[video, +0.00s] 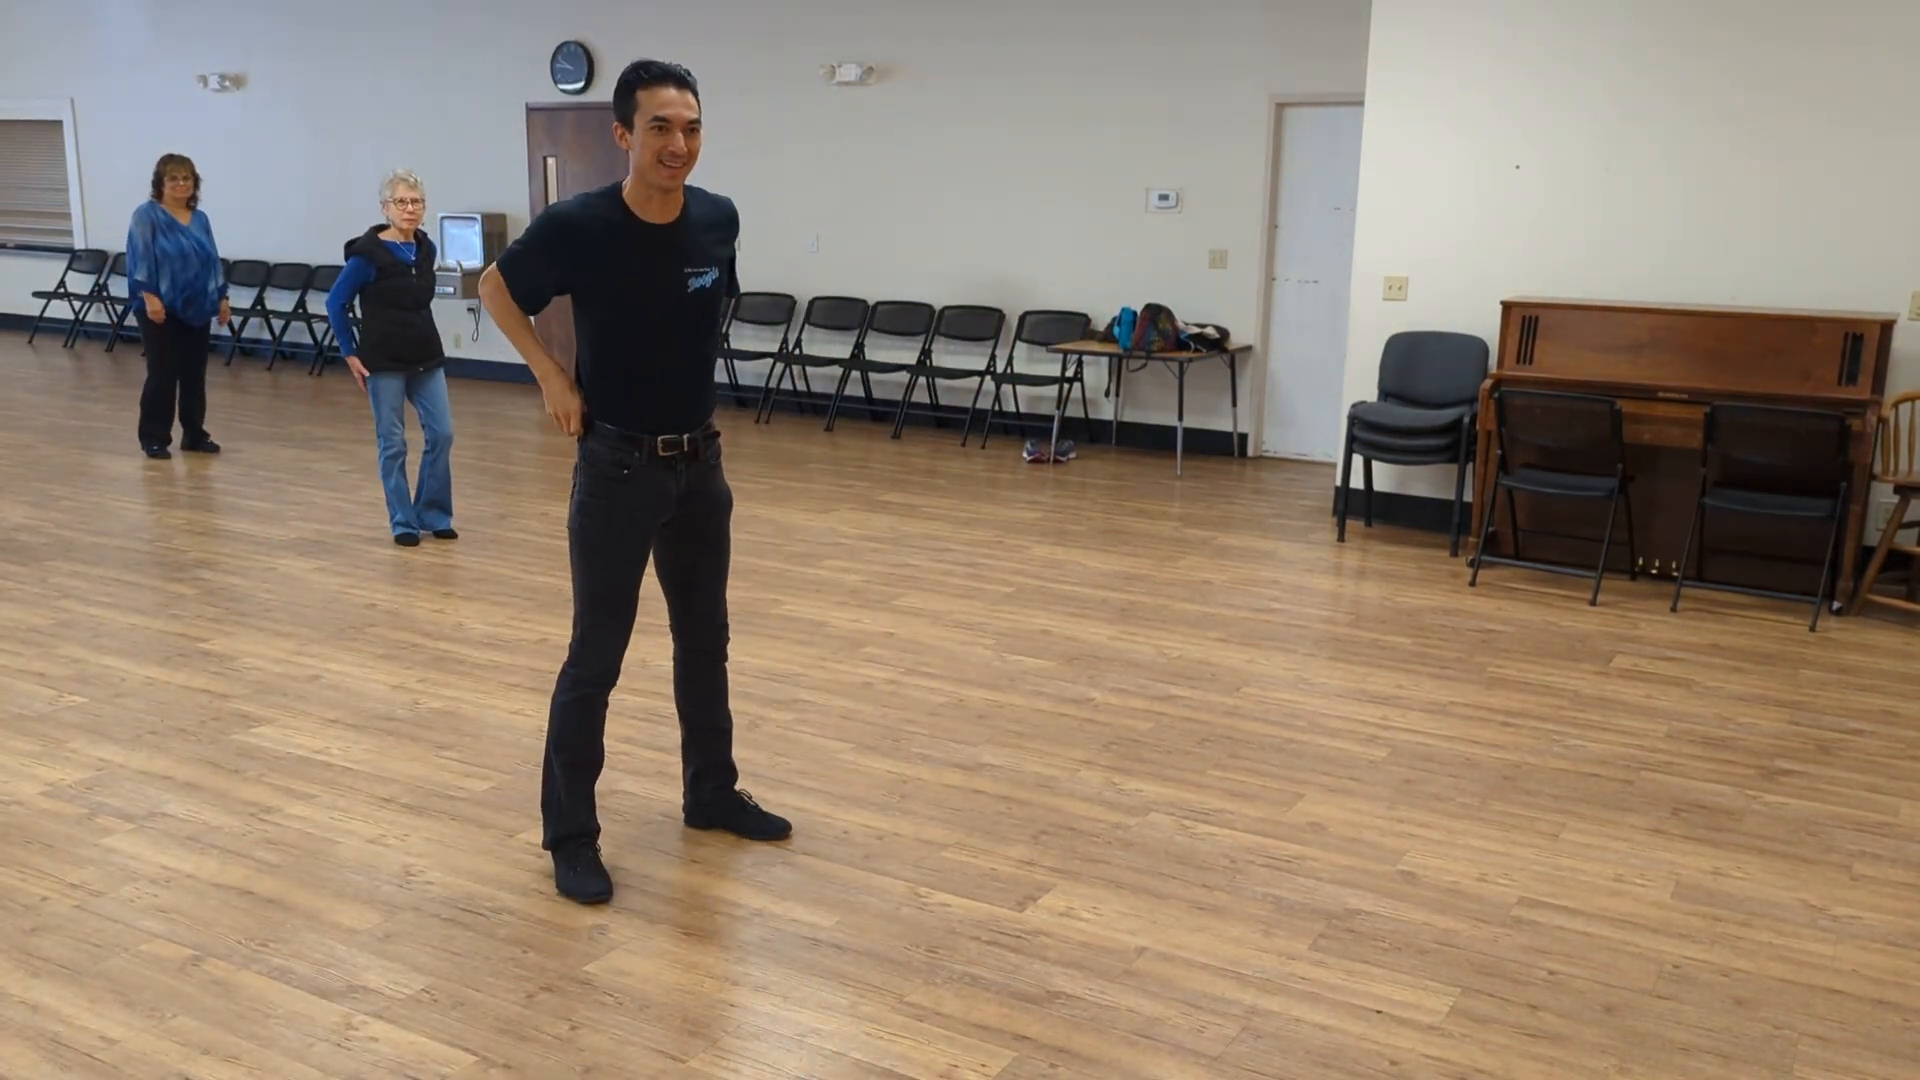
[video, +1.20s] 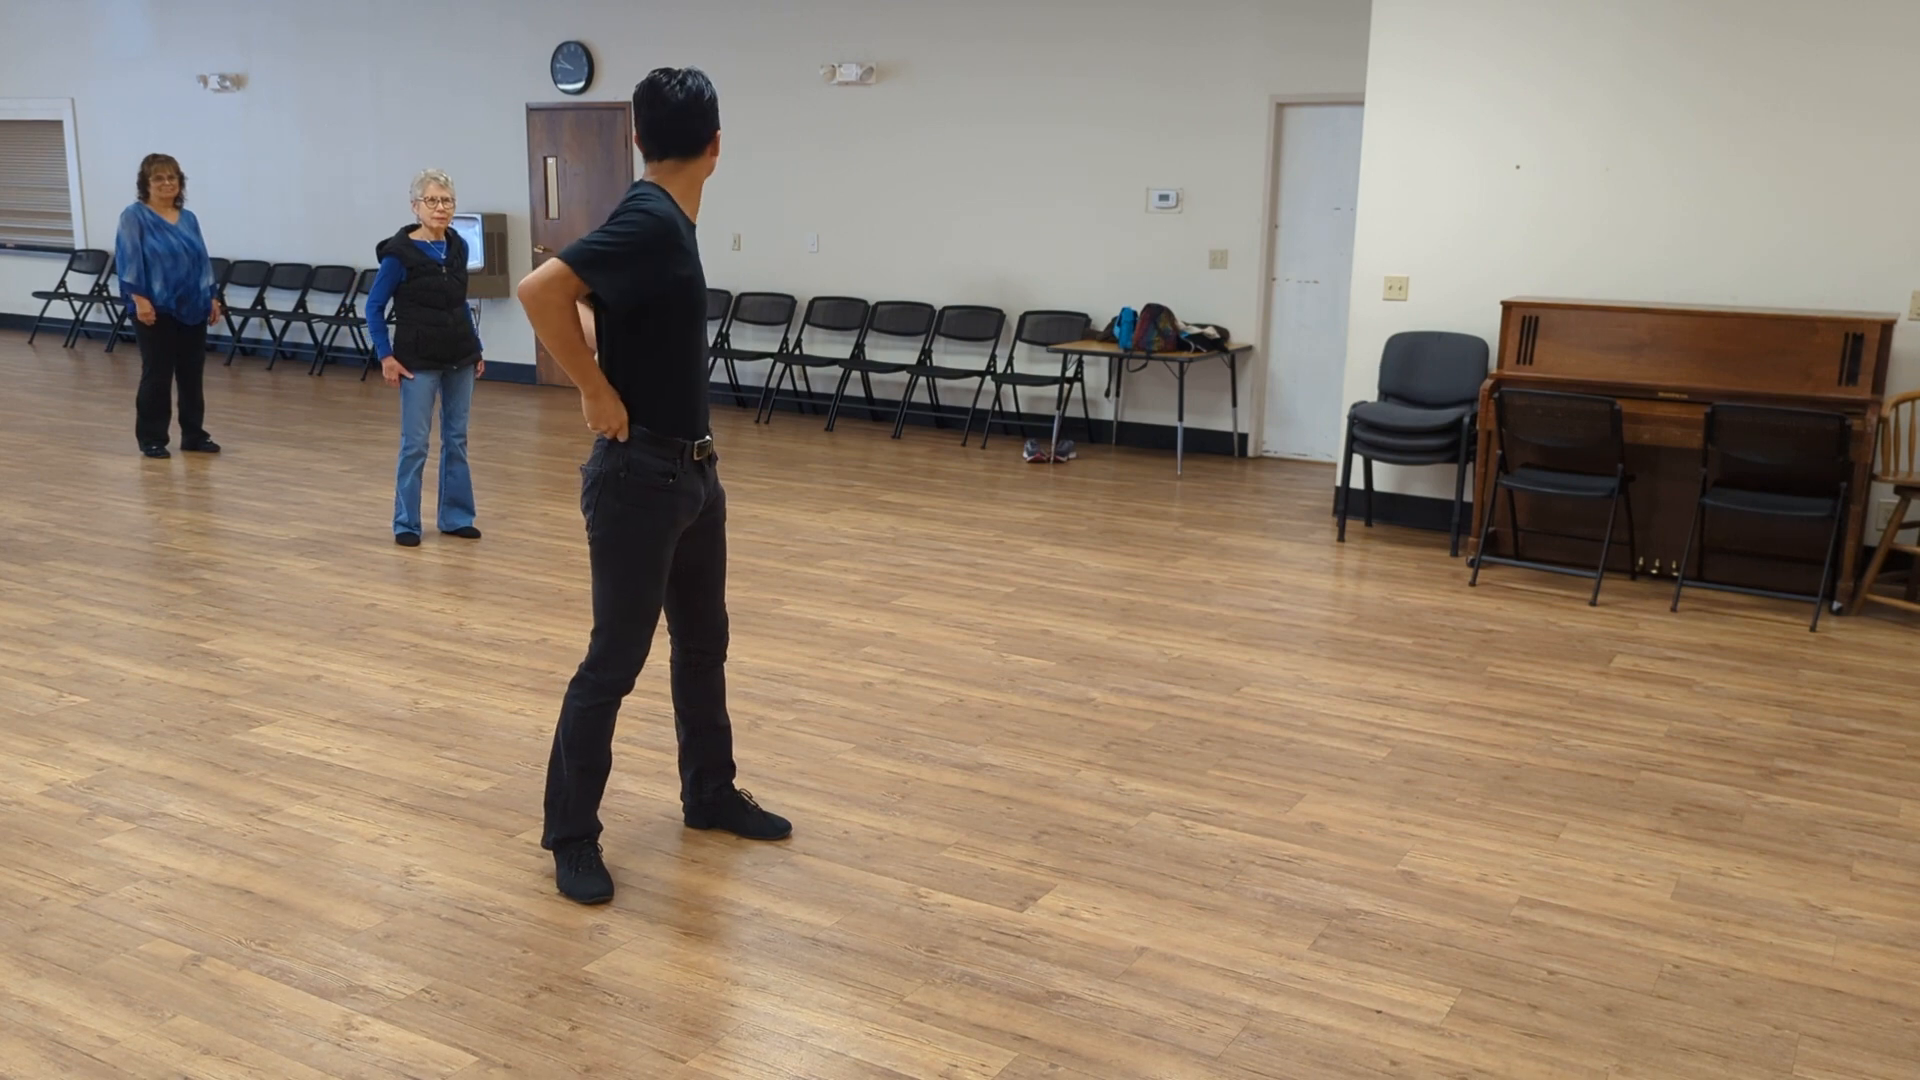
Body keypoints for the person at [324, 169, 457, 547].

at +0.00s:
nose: (410, 209)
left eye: (416, 202)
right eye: (401, 202)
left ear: (424, 207)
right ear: (386, 207)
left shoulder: (426, 249)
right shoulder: (370, 253)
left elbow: (417, 300)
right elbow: (335, 302)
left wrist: (421, 339)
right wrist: (350, 353)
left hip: (425, 358)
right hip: (383, 362)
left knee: (441, 434)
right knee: (393, 443)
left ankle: (434, 515)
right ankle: (403, 523)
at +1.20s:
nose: (441, 208)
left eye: (446, 201)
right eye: (432, 201)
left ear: (454, 206)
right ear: (416, 206)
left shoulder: (457, 247)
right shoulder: (401, 251)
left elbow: (459, 303)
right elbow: (373, 307)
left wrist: (476, 348)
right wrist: (385, 355)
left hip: (461, 358)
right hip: (417, 360)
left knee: (456, 441)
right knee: (416, 444)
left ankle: (456, 518)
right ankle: (406, 524)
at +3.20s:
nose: (424, 208)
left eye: (429, 201)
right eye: (415, 202)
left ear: (435, 205)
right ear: (397, 206)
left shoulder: (435, 247)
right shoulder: (382, 253)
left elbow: (436, 306)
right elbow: (353, 310)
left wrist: (454, 349)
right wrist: (370, 359)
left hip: (440, 359)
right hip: (397, 363)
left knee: (455, 439)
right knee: (403, 447)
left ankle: (464, 521)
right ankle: (409, 526)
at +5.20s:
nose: (461, 223)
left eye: (465, 217)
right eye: (456, 215)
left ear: (465, 215)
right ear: (429, 206)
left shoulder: (450, 250)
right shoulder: (398, 251)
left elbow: (453, 310)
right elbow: (376, 313)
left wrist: (482, 353)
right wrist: (385, 363)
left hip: (453, 363)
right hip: (411, 365)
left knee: (458, 445)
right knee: (409, 448)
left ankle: (463, 521)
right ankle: (399, 530)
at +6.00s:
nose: (443, 208)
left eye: (444, 201)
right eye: (434, 202)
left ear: (440, 204)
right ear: (408, 207)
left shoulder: (431, 248)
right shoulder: (387, 254)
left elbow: (429, 314)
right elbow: (365, 313)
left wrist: (448, 358)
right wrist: (378, 366)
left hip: (433, 364)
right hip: (395, 367)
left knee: (450, 443)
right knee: (395, 449)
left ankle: (463, 522)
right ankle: (397, 531)